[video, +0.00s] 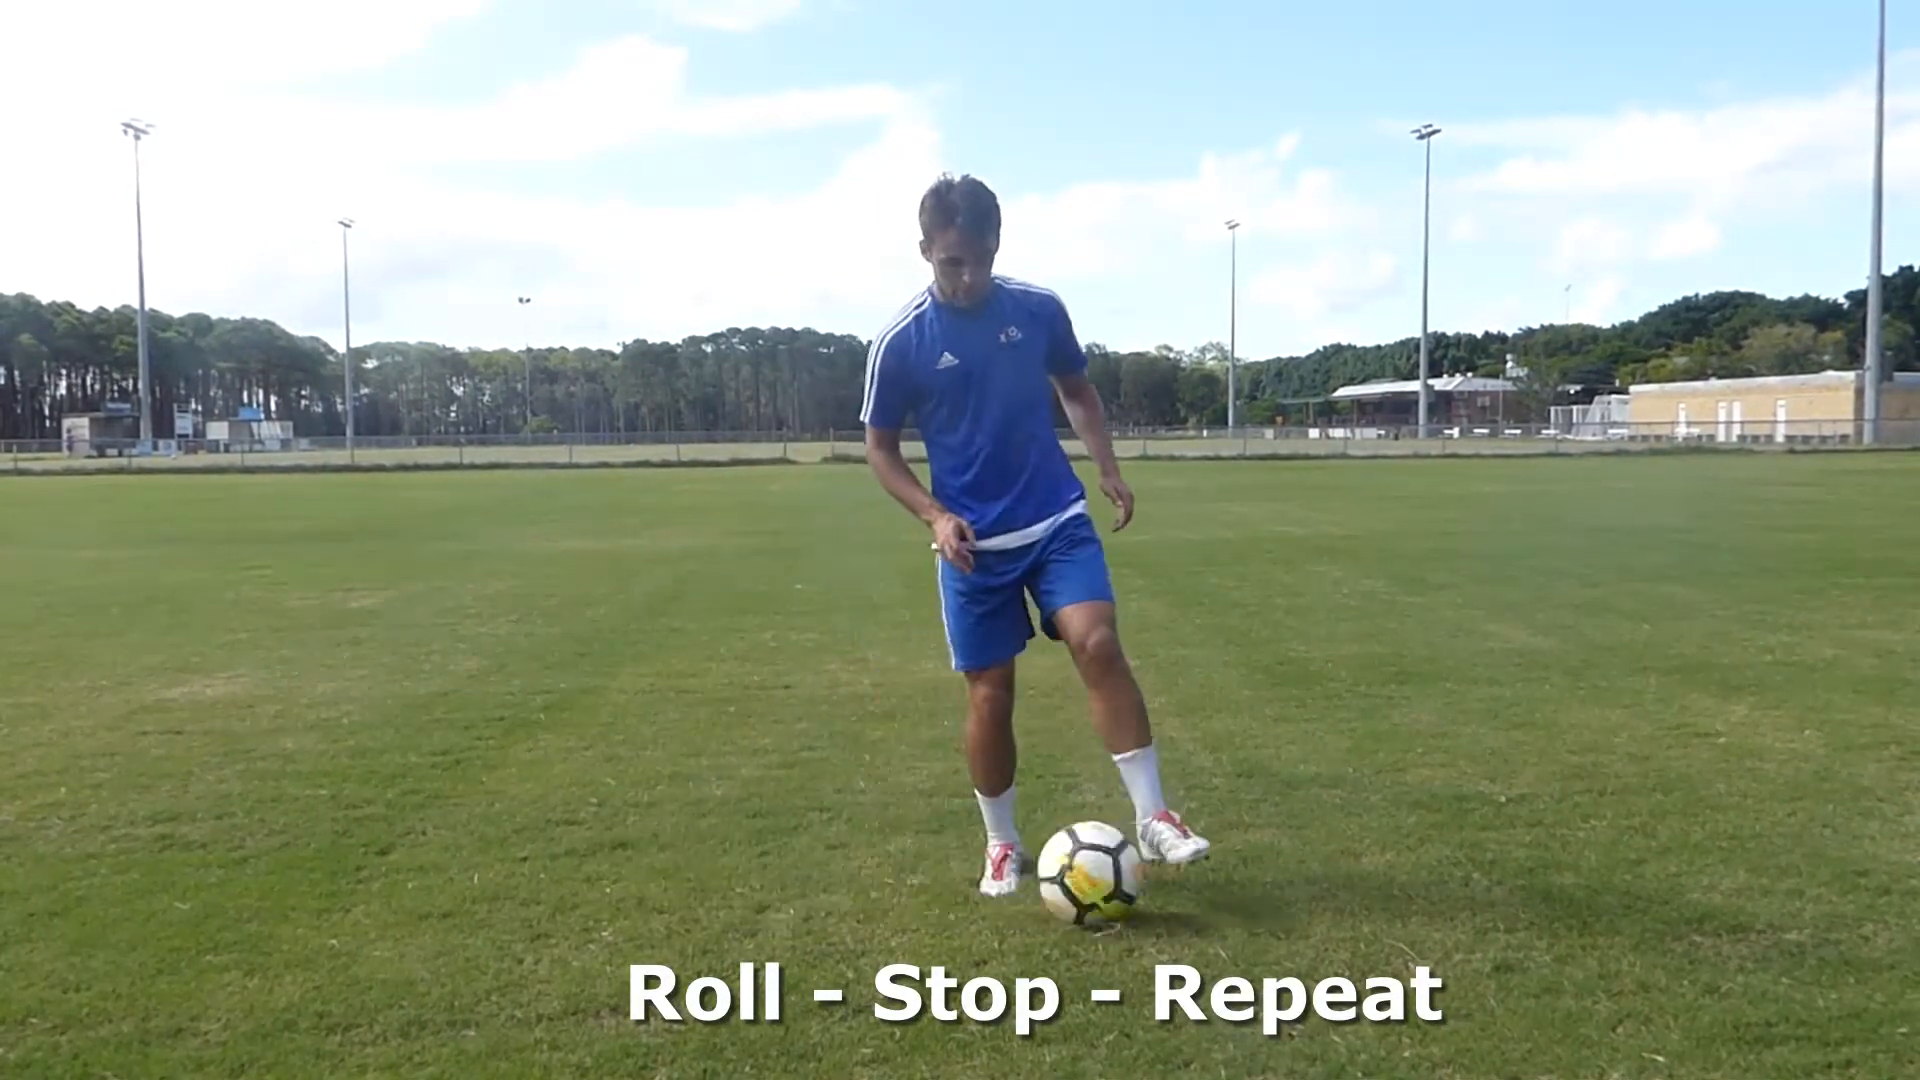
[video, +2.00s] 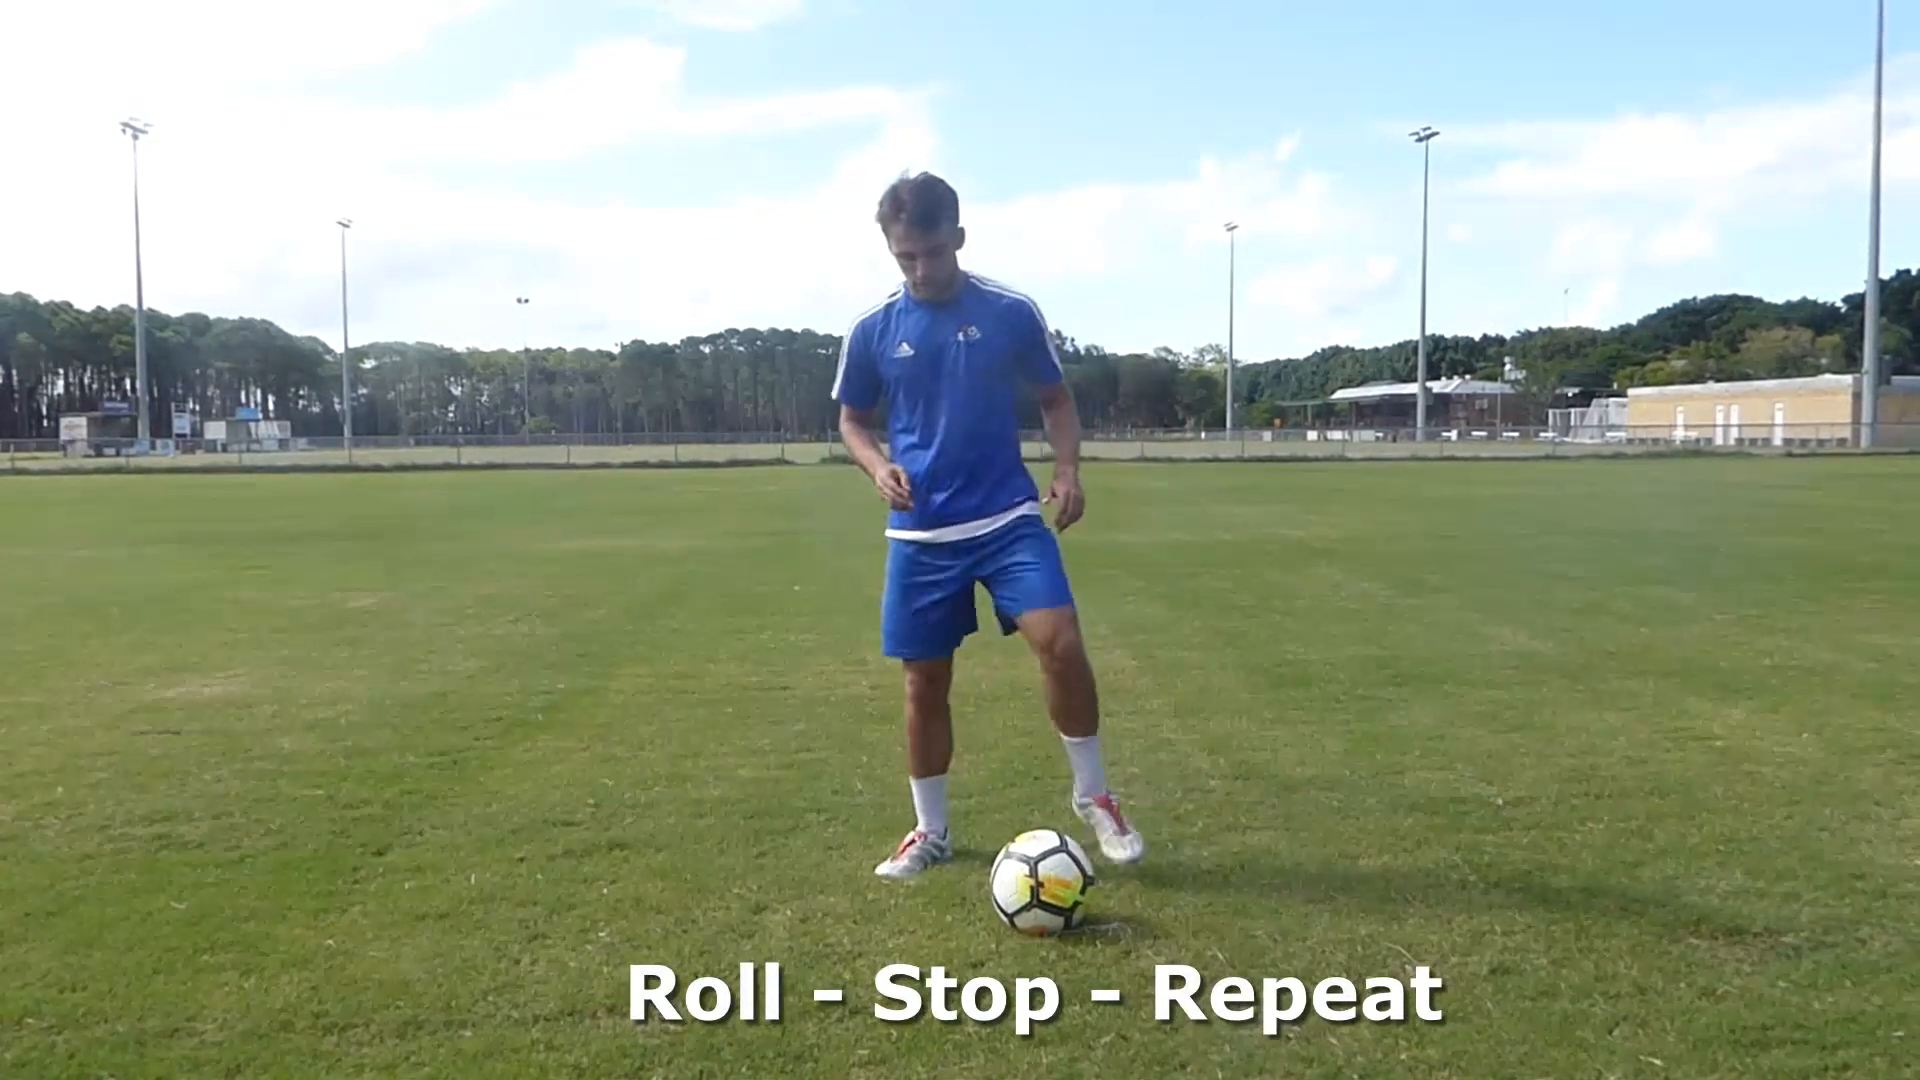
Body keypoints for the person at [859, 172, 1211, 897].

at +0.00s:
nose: (964, 278)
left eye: (976, 261)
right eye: (948, 264)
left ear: (996, 246)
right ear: (924, 250)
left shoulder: (1038, 311)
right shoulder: (901, 345)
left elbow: (1077, 390)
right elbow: (880, 452)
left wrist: (1106, 465)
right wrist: (934, 514)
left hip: (1058, 523)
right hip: (973, 545)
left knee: (1098, 644)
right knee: (990, 697)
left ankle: (1153, 818)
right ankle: (1003, 847)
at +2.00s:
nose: (920, 271)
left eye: (931, 254)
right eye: (905, 258)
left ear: (958, 238)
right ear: (888, 249)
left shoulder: (1011, 314)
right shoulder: (872, 334)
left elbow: (1055, 400)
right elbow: (851, 420)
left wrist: (1067, 471)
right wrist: (877, 464)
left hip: (1010, 523)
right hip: (921, 537)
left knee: (1061, 645)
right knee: (923, 686)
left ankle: (1093, 796)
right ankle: (930, 833)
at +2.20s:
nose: (874, 272)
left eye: (886, 254)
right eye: (860, 259)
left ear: (912, 239)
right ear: (843, 251)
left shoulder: (966, 315)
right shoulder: (829, 337)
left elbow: (1021, 394)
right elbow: (814, 422)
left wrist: (1038, 474)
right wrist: (839, 471)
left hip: (960, 514)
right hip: (879, 533)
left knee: (979, 625)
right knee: (904, 682)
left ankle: (1031, 799)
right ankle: (929, 832)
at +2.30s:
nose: (855, 272)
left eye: (868, 255)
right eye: (842, 259)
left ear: (896, 240)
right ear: (826, 251)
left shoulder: (949, 317)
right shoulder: (812, 336)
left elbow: (1009, 400)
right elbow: (803, 423)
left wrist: (1025, 482)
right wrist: (826, 471)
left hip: (933, 513)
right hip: (857, 532)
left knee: (918, 623)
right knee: (891, 682)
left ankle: (958, 801)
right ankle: (926, 829)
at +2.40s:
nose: (841, 274)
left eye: (855, 257)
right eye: (827, 259)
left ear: (882, 242)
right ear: (811, 249)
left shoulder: (932, 321)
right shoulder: (794, 337)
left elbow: (990, 404)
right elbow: (785, 426)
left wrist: (1006, 488)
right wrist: (808, 468)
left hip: (913, 512)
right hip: (839, 528)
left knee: (859, 624)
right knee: (883, 681)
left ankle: (862, 805)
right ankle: (928, 833)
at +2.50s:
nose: (825, 275)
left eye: (840, 260)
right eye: (812, 260)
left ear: (868, 246)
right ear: (795, 250)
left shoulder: (914, 323)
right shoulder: (776, 336)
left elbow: (967, 406)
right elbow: (757, 429)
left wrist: (983, 496)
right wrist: (784, 469)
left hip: (887, 522)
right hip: (818, 530)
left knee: (810, 652)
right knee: (873, 682)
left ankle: (776, 831)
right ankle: (926, 829)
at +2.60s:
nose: (797, 274)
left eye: (811, 259)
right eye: (786, 258)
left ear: (849, 247)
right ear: (776, 247)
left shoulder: (892, 331)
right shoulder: (757, 332)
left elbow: (944, 420)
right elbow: (729, 422)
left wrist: (958, 517)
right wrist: (749, 463)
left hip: (852, 540)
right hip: (785, 540)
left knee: (778, 689)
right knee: (839, 692)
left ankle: (755, 856)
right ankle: (917, 824)